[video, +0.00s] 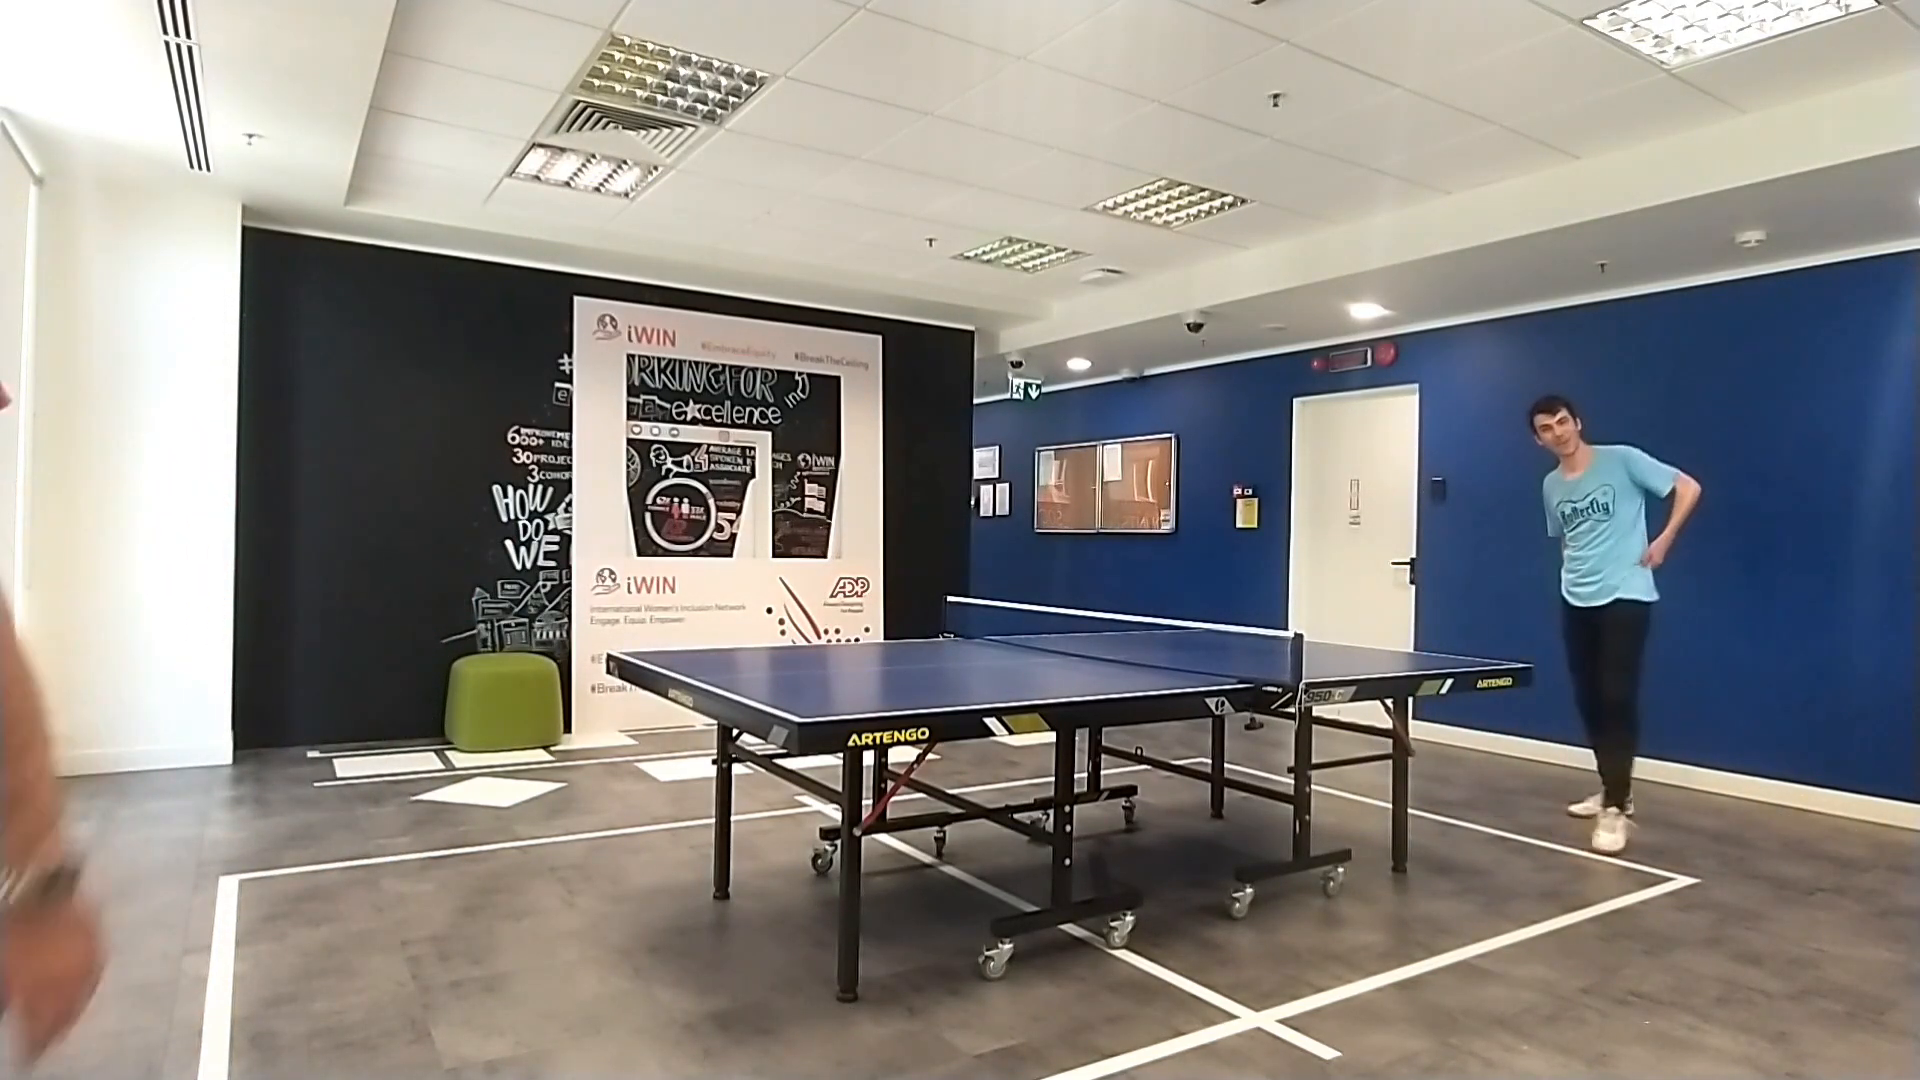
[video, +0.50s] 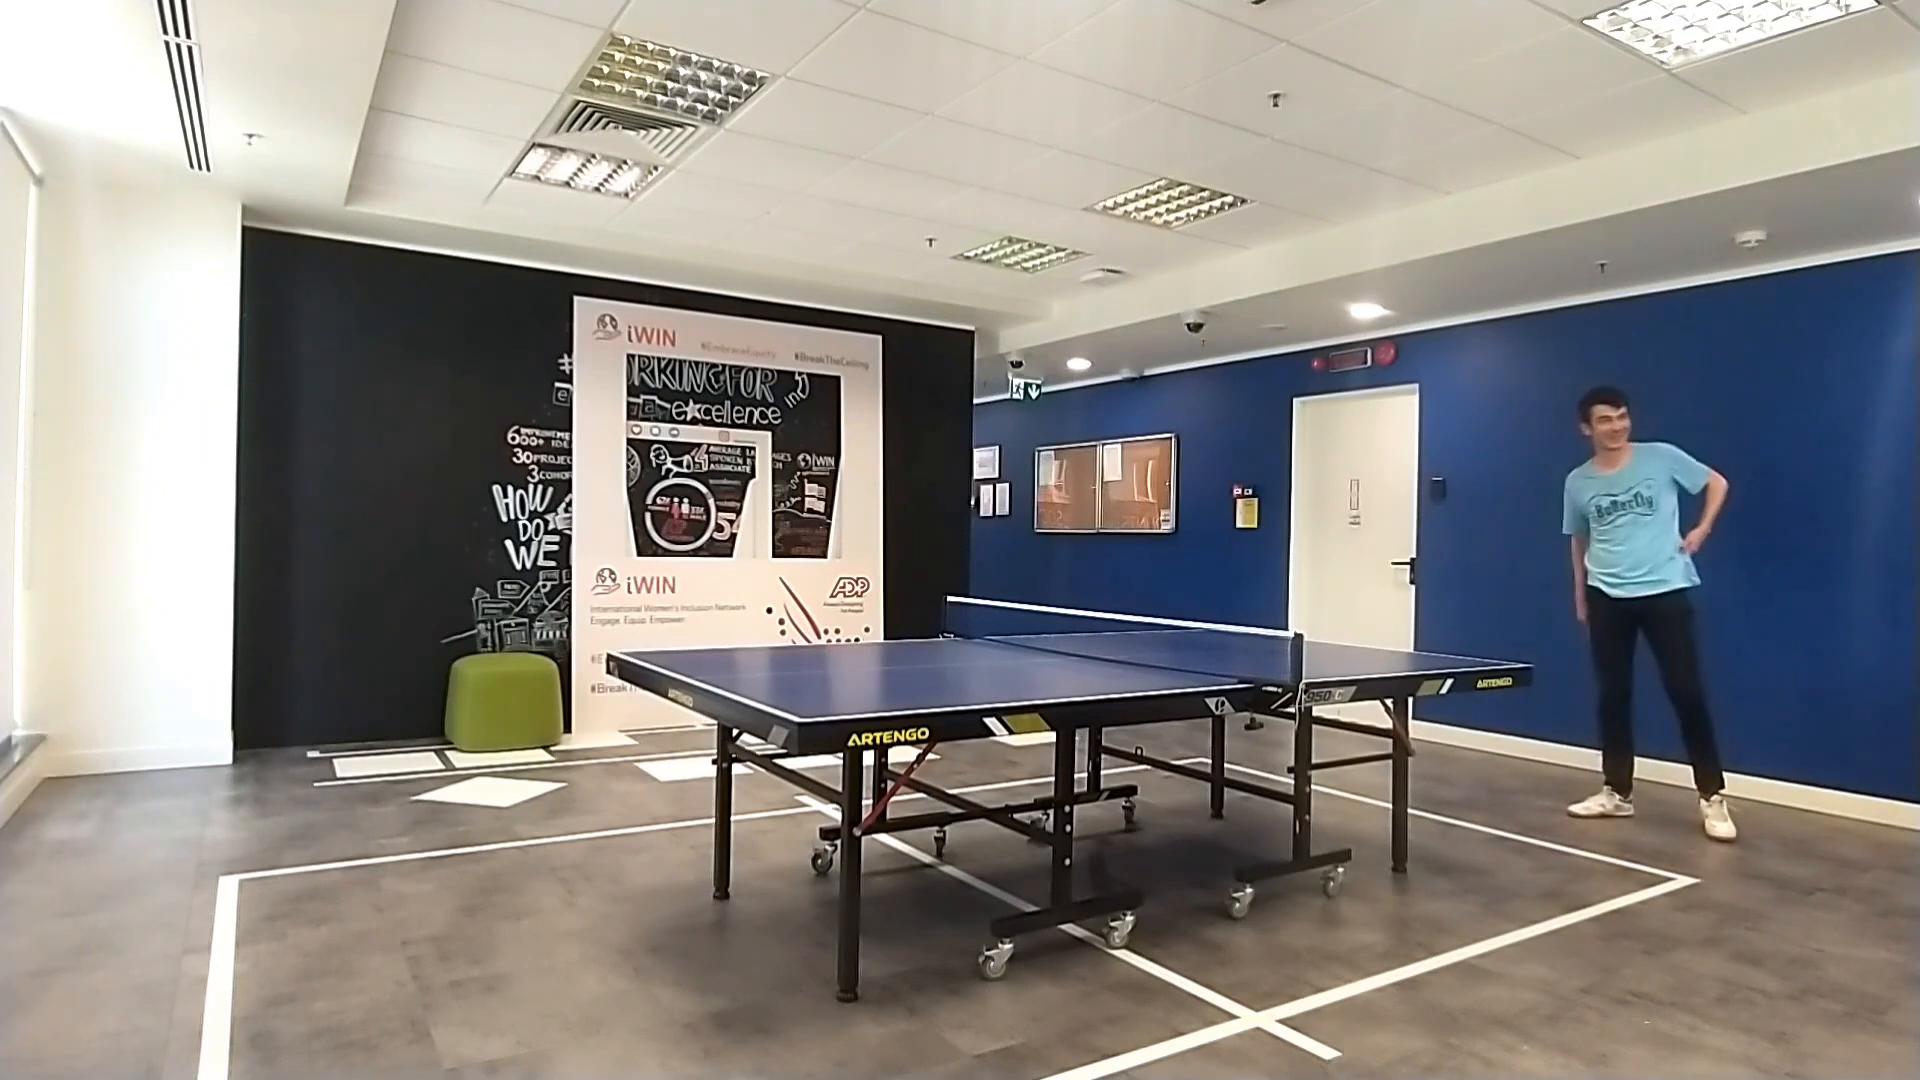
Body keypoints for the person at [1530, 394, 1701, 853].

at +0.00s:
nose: (1556, 431)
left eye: (1560, 421)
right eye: (1546, 428)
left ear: (1576, 422)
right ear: (1540, 440)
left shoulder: (1622, 459)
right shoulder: (1552, 485)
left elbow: (1688, 487)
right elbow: (1564, 542)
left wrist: (1664, 540)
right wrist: (1571, 583)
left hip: (1626, 595)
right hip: (1578, 601)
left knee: (1617, 695)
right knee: (1590, 697)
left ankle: (1617, 809)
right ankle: (1612, 791)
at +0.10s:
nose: (1555, 433)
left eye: (1560, 424)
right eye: (1545, 431)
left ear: (1576, 423)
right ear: (1539, 442)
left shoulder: (1620, 454)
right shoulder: (1553, 487)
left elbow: (1692, 471)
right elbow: (1567, 541)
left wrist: (1669, 522)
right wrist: (1580, 577)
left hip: (1633, 586)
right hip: (1584, 595)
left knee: (1636, 690)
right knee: (1597, 693)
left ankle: (1646, 808)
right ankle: (1616, 791)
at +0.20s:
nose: (1562, 433)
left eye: (1566, 423)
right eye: (1551, 430)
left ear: (1580, 423)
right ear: (1544, 441)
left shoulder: (1623, 454)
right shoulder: (1556, 488)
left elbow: (1695, 466)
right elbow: (1569, 543)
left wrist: (1673, 515)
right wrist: (1586, 574)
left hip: (1640, 583)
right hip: (1590, 594)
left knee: (1651, 688)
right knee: (1602, 692)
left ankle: (1674, 805)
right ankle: (1617, 793)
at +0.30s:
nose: (1573, 432)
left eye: (1578, 422)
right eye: (1563, 428)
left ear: (1591, 422)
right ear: (1553, 439)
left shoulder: (1632, 454)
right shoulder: (1561, 486)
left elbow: (1701, 471)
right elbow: (1572, 542)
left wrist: (1680, 519)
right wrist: (1589, 574)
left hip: (1647, 587)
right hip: (1594, 596)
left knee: (1667, 689)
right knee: (1606, 695)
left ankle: (1698, 803)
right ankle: (1617, 793)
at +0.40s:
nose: (1592, 428)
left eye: (1596, 420)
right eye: (1581, 423)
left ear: (1607, 421)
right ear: (1568, 433)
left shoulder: (1645, 455)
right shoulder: (1568, 484)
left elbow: (1708, 478)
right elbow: (1576, 542)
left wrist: (1690, 522)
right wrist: (1588, 581)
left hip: (1656, 589)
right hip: (1601, 597)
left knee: (1680, 692)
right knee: (1608, 696)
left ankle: (1712, 800)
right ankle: (1617, 794)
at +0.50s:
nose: (1615, 426)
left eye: (1620, 418)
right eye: (1604, 420)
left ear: (1630, 420)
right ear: (1588, 428)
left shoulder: (1661, 456)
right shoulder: (1578, 482)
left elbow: (1717, 483)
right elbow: (1579, 541)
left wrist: (1703, 527)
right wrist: (1580, 594)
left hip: (1666, 591)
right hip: (1607, 596)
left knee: (1687, 693)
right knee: (1612, 694)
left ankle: (1712, 798)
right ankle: (1617, 793)